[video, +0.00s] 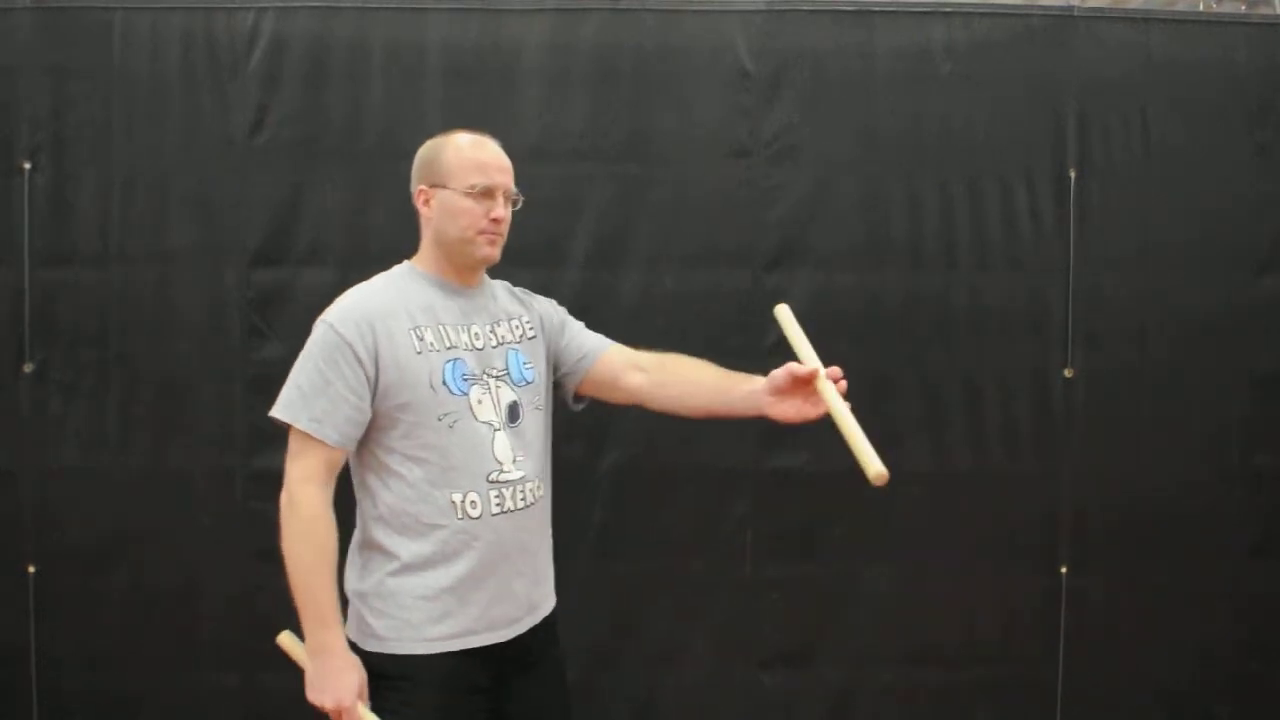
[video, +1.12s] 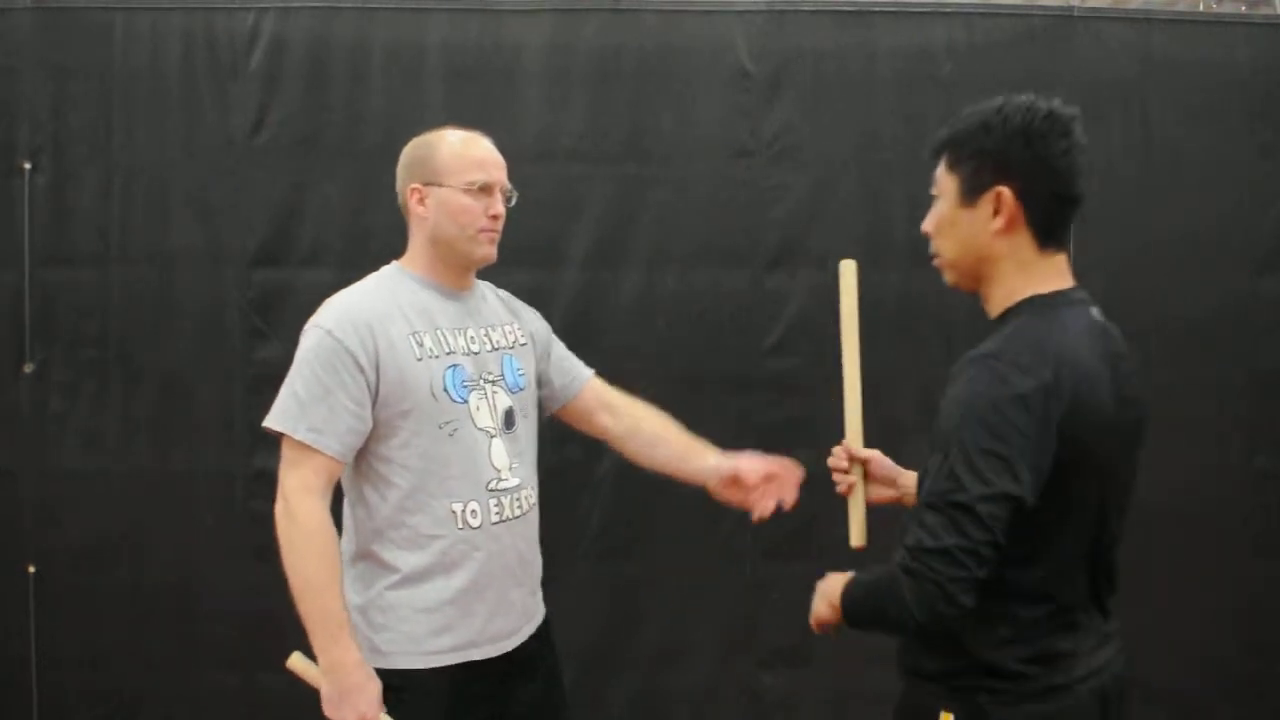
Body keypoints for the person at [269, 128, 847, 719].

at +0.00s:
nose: (501, 213)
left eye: (507, 198)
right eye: (481, 195)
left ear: (513, 206)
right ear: (424, 200)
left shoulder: (529, 315)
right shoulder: (359, 322)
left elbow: (635, 374)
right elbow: (305, 489)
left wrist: (761, 395)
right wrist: (327, 650)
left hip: (527, 633)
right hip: (411, 650)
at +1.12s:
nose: (498, 206)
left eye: (503, 192)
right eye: (478, 190)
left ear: (508, 201)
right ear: (418, 200)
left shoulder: (514, 319)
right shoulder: (351, 325)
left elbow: (610, 412)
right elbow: (300, 500)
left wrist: (716, 468)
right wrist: (343, 672)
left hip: (523, 646)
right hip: (408, 669)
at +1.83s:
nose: (566, 222)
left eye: (566, 206)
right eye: (551, 201)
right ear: (494, 204)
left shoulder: (534, 326)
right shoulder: (426, 313)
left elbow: (569, 459)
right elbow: (418, 486)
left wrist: (611, 584)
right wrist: (503, 631)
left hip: (537, 643)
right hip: (436, 654)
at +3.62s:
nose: (499, 207)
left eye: (493, 191)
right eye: (481, 194)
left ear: (427, 212)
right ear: (422, 212)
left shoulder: (480, 276)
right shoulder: (416, 320)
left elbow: (596, 255)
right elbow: (598, 363)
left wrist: (661, 294)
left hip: (515, 611)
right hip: (434, 633)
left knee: (555, 707)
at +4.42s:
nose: (593, 224)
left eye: (591, 210)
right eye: (576, 206)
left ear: (529, 214)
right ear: (523, 213)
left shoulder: (564, 324)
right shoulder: (484, 305)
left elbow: (561, 461)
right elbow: (632, 341)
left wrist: (636, 455)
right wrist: (628, 180)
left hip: (587, 623)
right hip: (502, 630)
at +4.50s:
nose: (599, 225)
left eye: (598, 211)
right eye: (585, 206)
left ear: (537, 214)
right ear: (533, 212)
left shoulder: (545, 309)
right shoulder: (509, 300)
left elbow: (546, 467)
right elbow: (676, 340)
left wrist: (630, 442)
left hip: (586, 618)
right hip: (514, 624)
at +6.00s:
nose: (547, 231)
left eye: (547, 216)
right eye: (529, 213)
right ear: (472, 220)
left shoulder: (543, 337)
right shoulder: (414, 323)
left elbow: (589, 457)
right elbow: (498, 366)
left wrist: (640, 477)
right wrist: (455, 218)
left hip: (560, 634)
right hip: (459, 652)